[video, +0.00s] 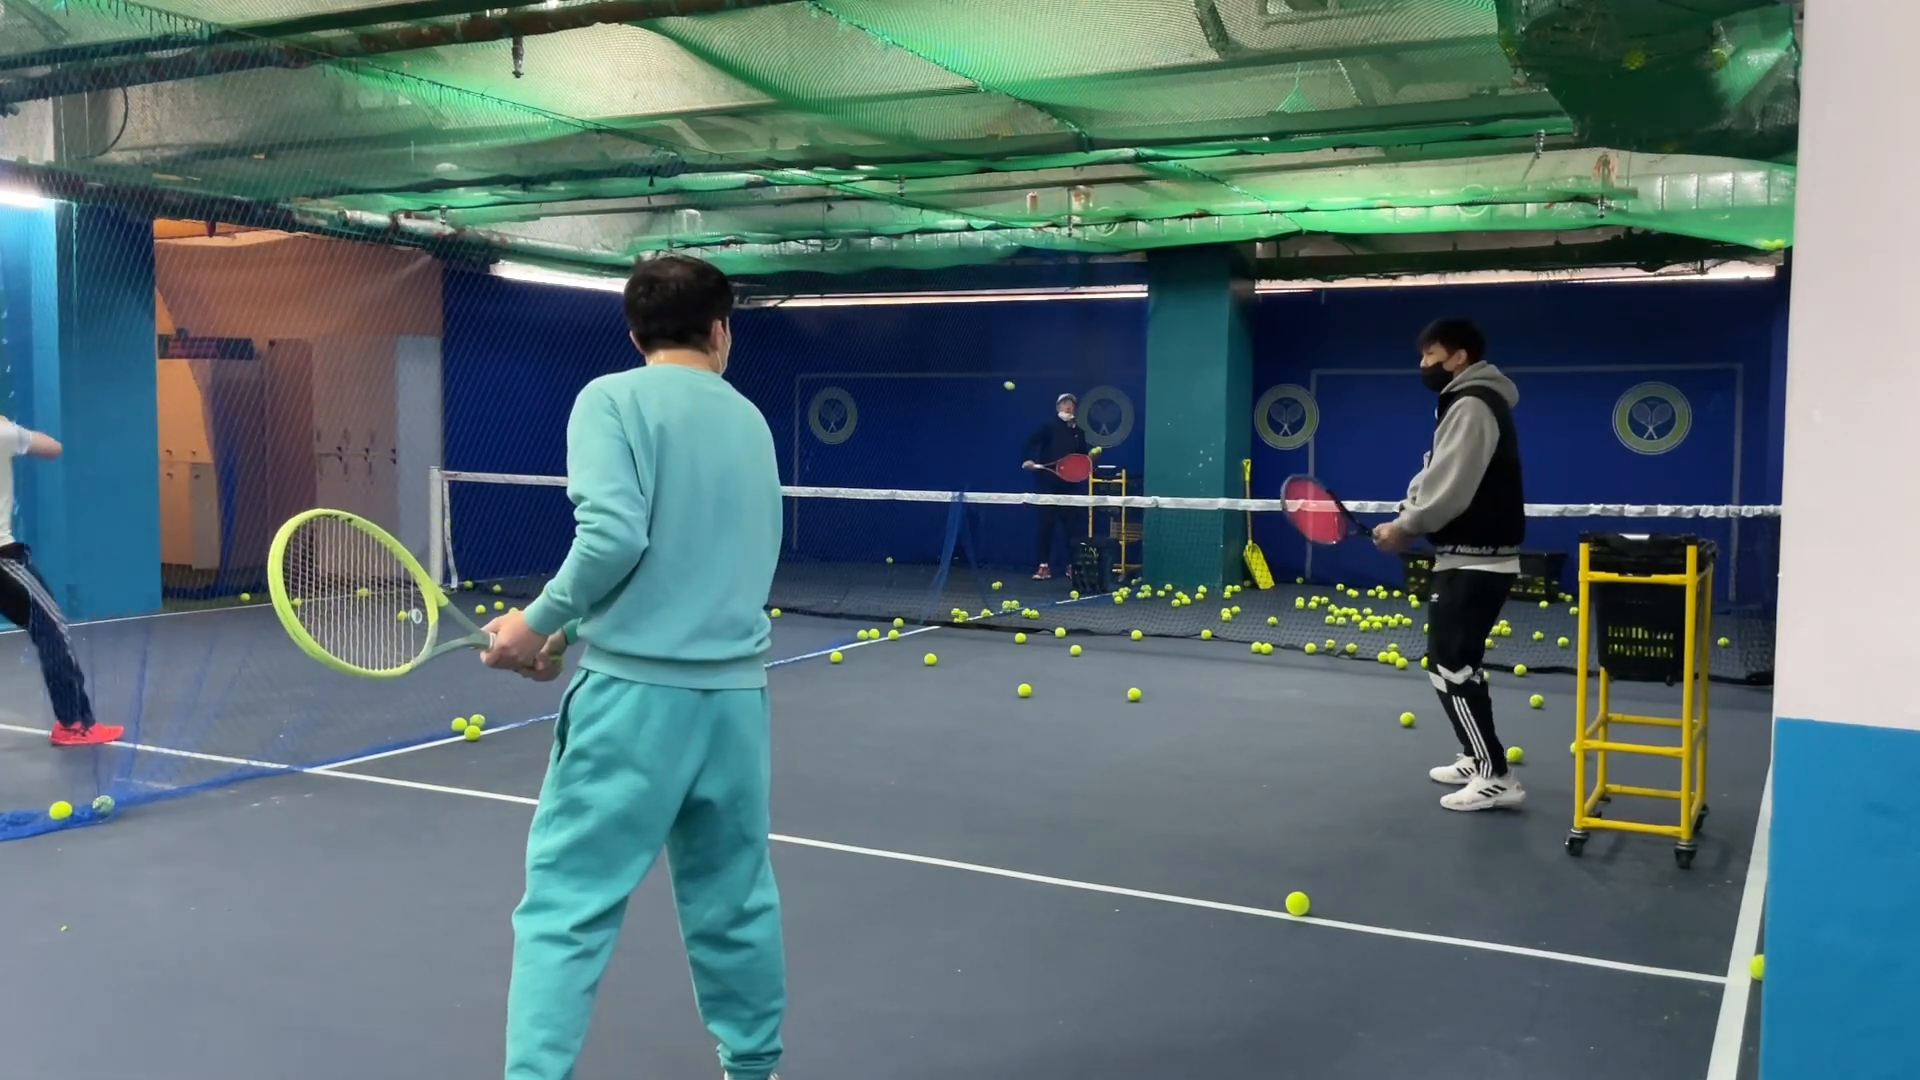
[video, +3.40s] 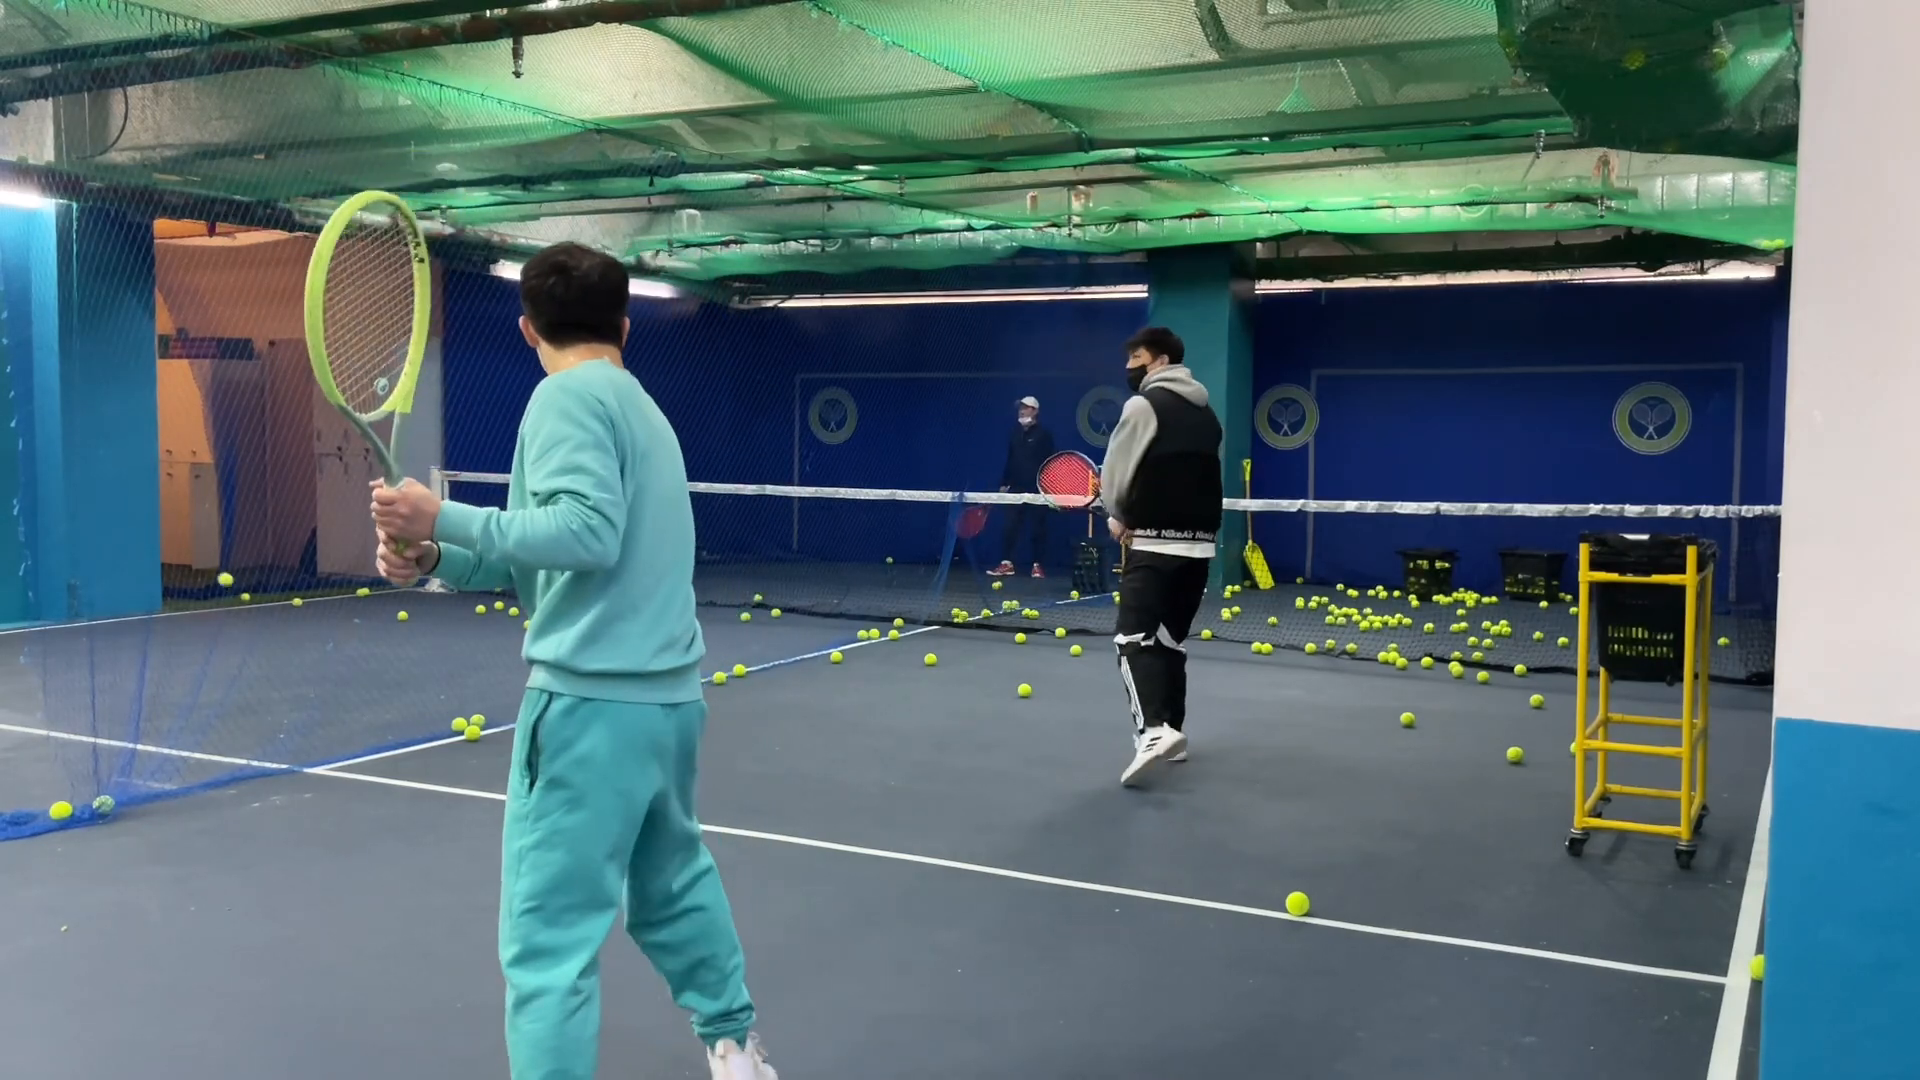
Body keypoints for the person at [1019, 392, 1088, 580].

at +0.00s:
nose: (1067, 408)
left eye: (1070, 405)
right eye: (1064, 405)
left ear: (1075, 408)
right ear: (1058, 408)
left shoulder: (1078, 432)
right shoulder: (1048, 428)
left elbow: (1083, 456)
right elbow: (1030, 445)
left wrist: (1089, 460)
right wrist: (1027, 460)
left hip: (1071, 484)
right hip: (1048, 483)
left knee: (1072, 524)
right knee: (1046, 523)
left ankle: (1072, 565)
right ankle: (1044, 564)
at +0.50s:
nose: (1039, 411)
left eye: (1043, 408)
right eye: (1036, 408)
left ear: (1050, 410)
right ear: (1032, 411)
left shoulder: (1059, 433)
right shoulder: (1025, 433)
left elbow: (1071, 459)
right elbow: (1015, 457)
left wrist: (1062, 459)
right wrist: (1009, 478)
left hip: (1053, 485)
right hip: (1032, 484)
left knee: (1049, 524)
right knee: (1036, 525)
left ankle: (1046, 565)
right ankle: (1042, 565)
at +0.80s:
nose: (1030, 412)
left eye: (1034, 409)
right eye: (1028, 408)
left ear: (1043, 412)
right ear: (1025, 411)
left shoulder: (1052, 434)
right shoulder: (1022, 435)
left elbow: (1057, 464)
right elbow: (1015, 462)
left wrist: (1037, 470)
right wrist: (1010, 477)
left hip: (1046, 489)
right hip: (1025, 488)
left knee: (1042, 528)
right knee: (1018, 528)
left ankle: (1037, 569)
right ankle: (1036, 559)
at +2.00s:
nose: (1022, 420)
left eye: (1026, 417)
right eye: (1020, 417)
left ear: (1035, 419)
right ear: (1018, 420)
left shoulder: (1047, 439)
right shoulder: (1015, 442)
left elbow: (1054, 465)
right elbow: (1006, 468)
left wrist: (1052, 490)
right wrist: (1002, 492)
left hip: (1050, 491)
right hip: (1028, 491)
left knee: (1058, 530)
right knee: (1019, 529)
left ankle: (1064, 566)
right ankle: (1015, 565)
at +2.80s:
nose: (1015, 422)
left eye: (1019, 419)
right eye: (1013, 418)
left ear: (1027, 420)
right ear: (1010, 419)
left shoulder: (1037, 441)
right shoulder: (1004, 441)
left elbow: (1042, 468)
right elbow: (995, 468)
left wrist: (1038, 491)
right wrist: (988, 491)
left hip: (1036, 491)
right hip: (1011, 492)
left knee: (1045, 526)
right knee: (1010, 529)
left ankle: (1053, 564)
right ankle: (1013, 565)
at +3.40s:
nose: (1023, 411)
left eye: (1027, 409)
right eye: (1021, 408)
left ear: (1035, 411)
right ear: (1019, 411)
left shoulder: (1043, 434)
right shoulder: (1015, 433)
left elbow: (1050, 462)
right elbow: (1010, 459)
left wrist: (1049, 488)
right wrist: (1005, 483)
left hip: (1037, 486)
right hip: (1016, 485)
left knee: (1038, 526)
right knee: (1011, 524)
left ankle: (1037, 564)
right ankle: (1007, 562)